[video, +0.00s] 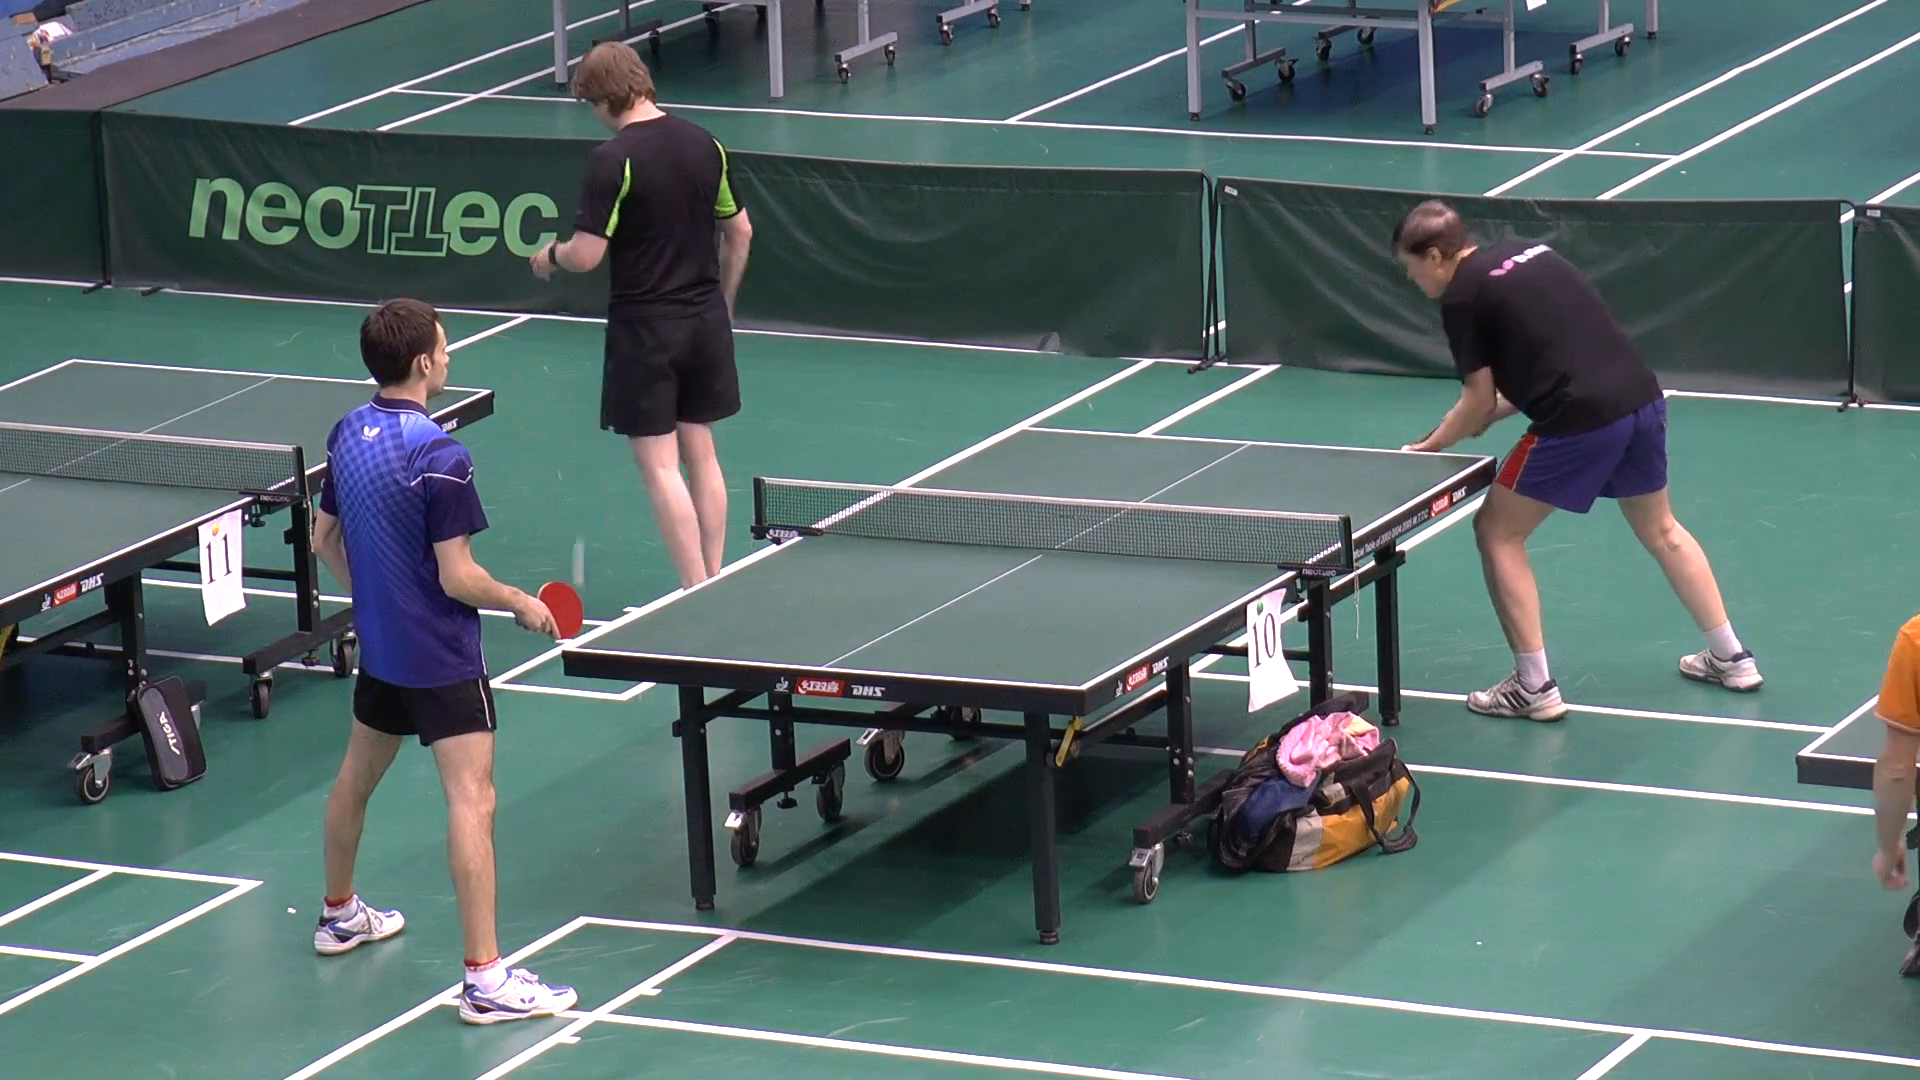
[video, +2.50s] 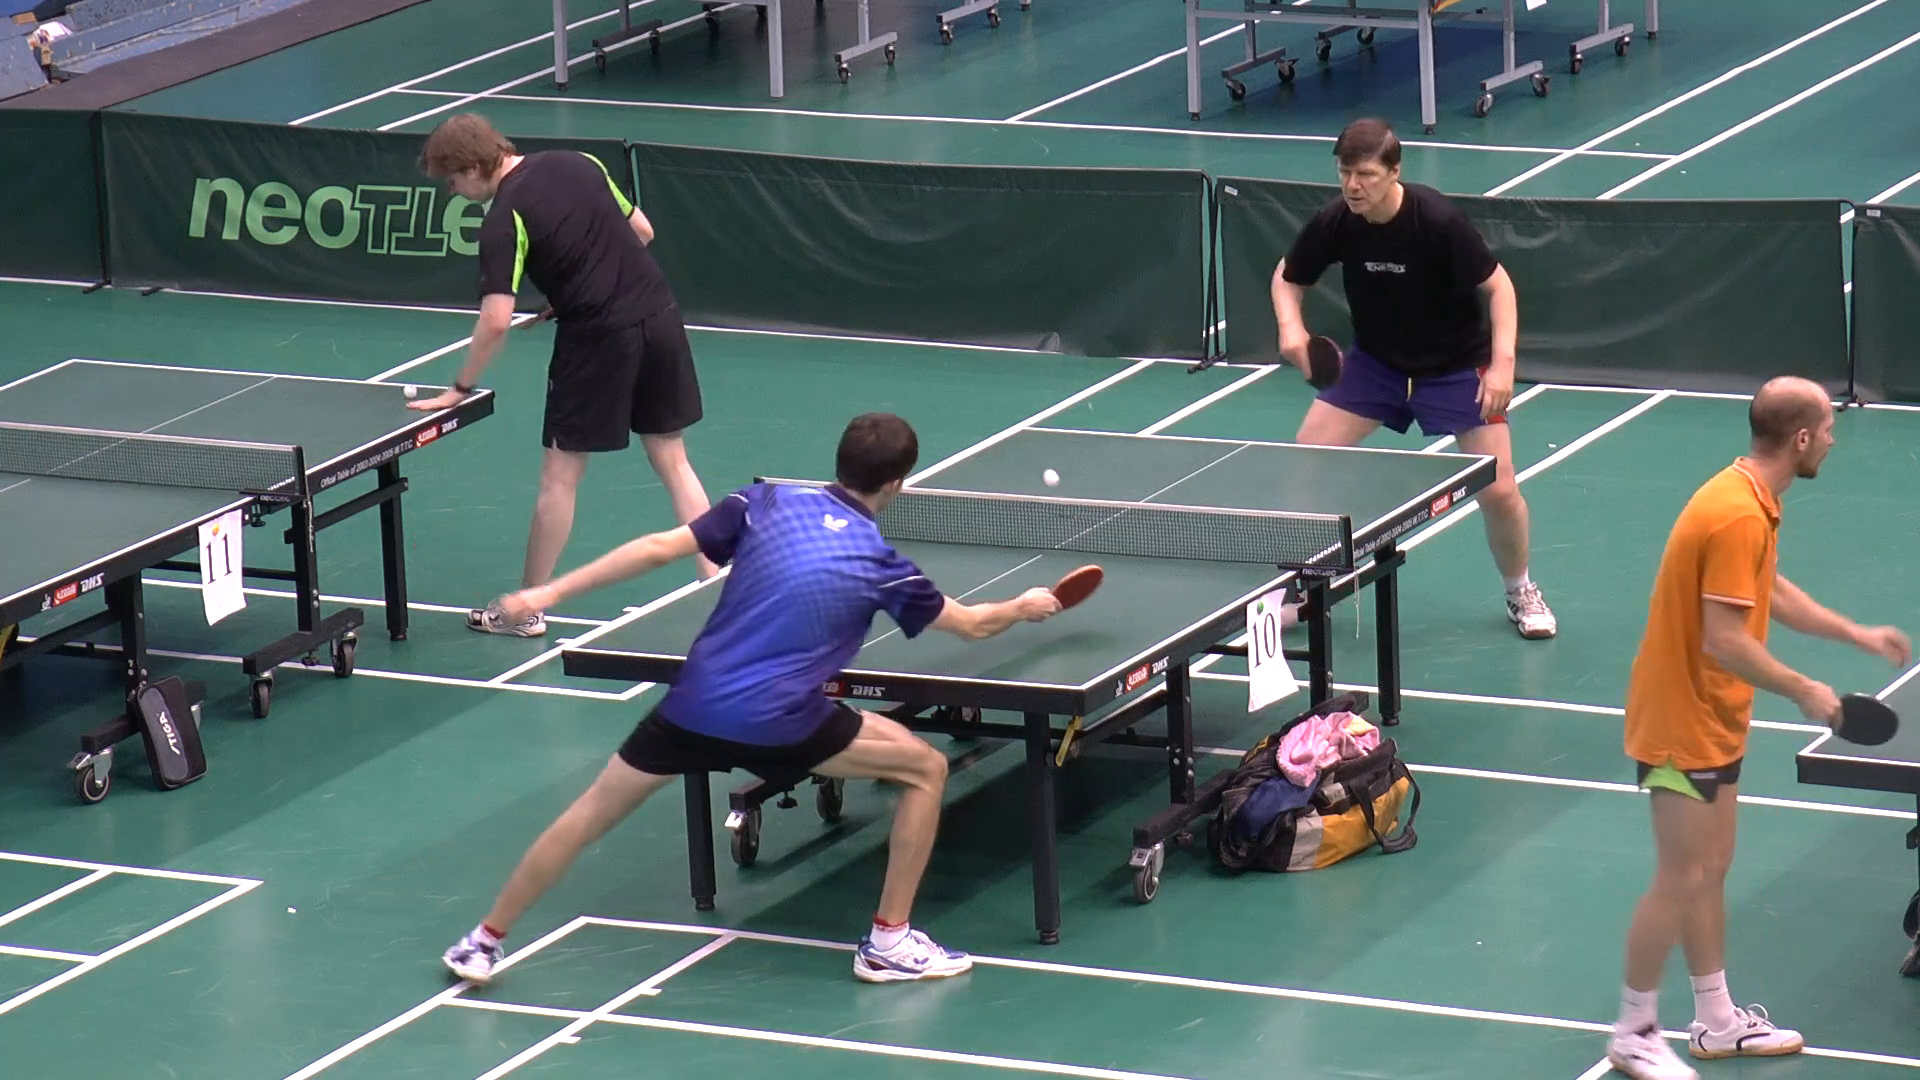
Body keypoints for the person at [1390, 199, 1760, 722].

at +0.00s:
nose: (1414, 279)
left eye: (1411, 267)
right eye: (1408, 269)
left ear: (1436, 256)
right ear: (1461, 243)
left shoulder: (1461, 296)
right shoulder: (1528, 253)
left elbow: (1480, 401)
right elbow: (1546, 361)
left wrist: (1442, 438)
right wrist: (1484, 416)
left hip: (1579, 419)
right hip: (1643, 399)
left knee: (1497, 532)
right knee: (1662, 529)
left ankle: (1533, 685)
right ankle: (1731, 655)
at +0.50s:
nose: (1509, 143)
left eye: (1518, 137)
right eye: (1515, 135)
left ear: (1538, 156)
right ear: (1565, 160)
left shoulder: (1532, 214)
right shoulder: (1598, 205)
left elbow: (1435, 258)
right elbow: (1529, 292)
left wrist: (1371, 198)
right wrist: (1478, 222)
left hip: (1587, 405)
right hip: (1649, 395)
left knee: (1513, 525)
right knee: (1662, 525)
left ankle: (1534, 683)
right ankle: (1731, 655)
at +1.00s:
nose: (1550, 125)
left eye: (1558, 119)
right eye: (1555, 116)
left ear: (1573, 141)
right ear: (1609, 144)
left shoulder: (1556, 209)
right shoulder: (1657, 196)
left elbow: (1560, 293)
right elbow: (1735, 244)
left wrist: (1527, 381)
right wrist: (1776, 261)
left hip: (1605, 395)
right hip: (1673, 388)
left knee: (1539, 521)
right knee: (1675, 516)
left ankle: (1535, 678)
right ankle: (1731, 644)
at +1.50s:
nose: (1470, 213)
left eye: (1477, 201)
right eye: (1469, 202)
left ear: (1515, 198)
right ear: (1521, 198)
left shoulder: (1551, 250)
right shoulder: (1560, 233)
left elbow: (1620, 323)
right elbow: (1550, 329)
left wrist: (1585, 411)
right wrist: (1500, 392)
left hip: (1635, 403)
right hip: (1669, 393)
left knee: (1535, 515)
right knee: (1650, 522)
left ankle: (1570, 666)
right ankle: (1727, 635)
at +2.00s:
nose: (1382, 229)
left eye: (1394, 218)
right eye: (1377, 218)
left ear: (1426, 213)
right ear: (1372, 216)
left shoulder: (1471, 262)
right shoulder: (1403, 259)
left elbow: (1554, 314)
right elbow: (1418, 326)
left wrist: (1582, 403)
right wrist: (1395, 384)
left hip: (1523, 396)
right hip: (1469, 392)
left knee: (1484, 525)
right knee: (1405, 491)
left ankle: (1568, 665)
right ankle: (1372, 595)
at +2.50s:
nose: (1353, 185)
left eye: (1365, 175)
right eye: (1347, 173)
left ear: (1394, 172)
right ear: (1339, 170)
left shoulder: (1438, 220)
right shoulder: (1335, 222)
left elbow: (1499, 286)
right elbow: (1288, 277)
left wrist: (1502, 363)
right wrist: (1292, 331)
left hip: (1457, 370)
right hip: (1374, 364)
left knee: (1500, 492)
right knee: (1306, 460)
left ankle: (1521, 589)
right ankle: (1304, 579)